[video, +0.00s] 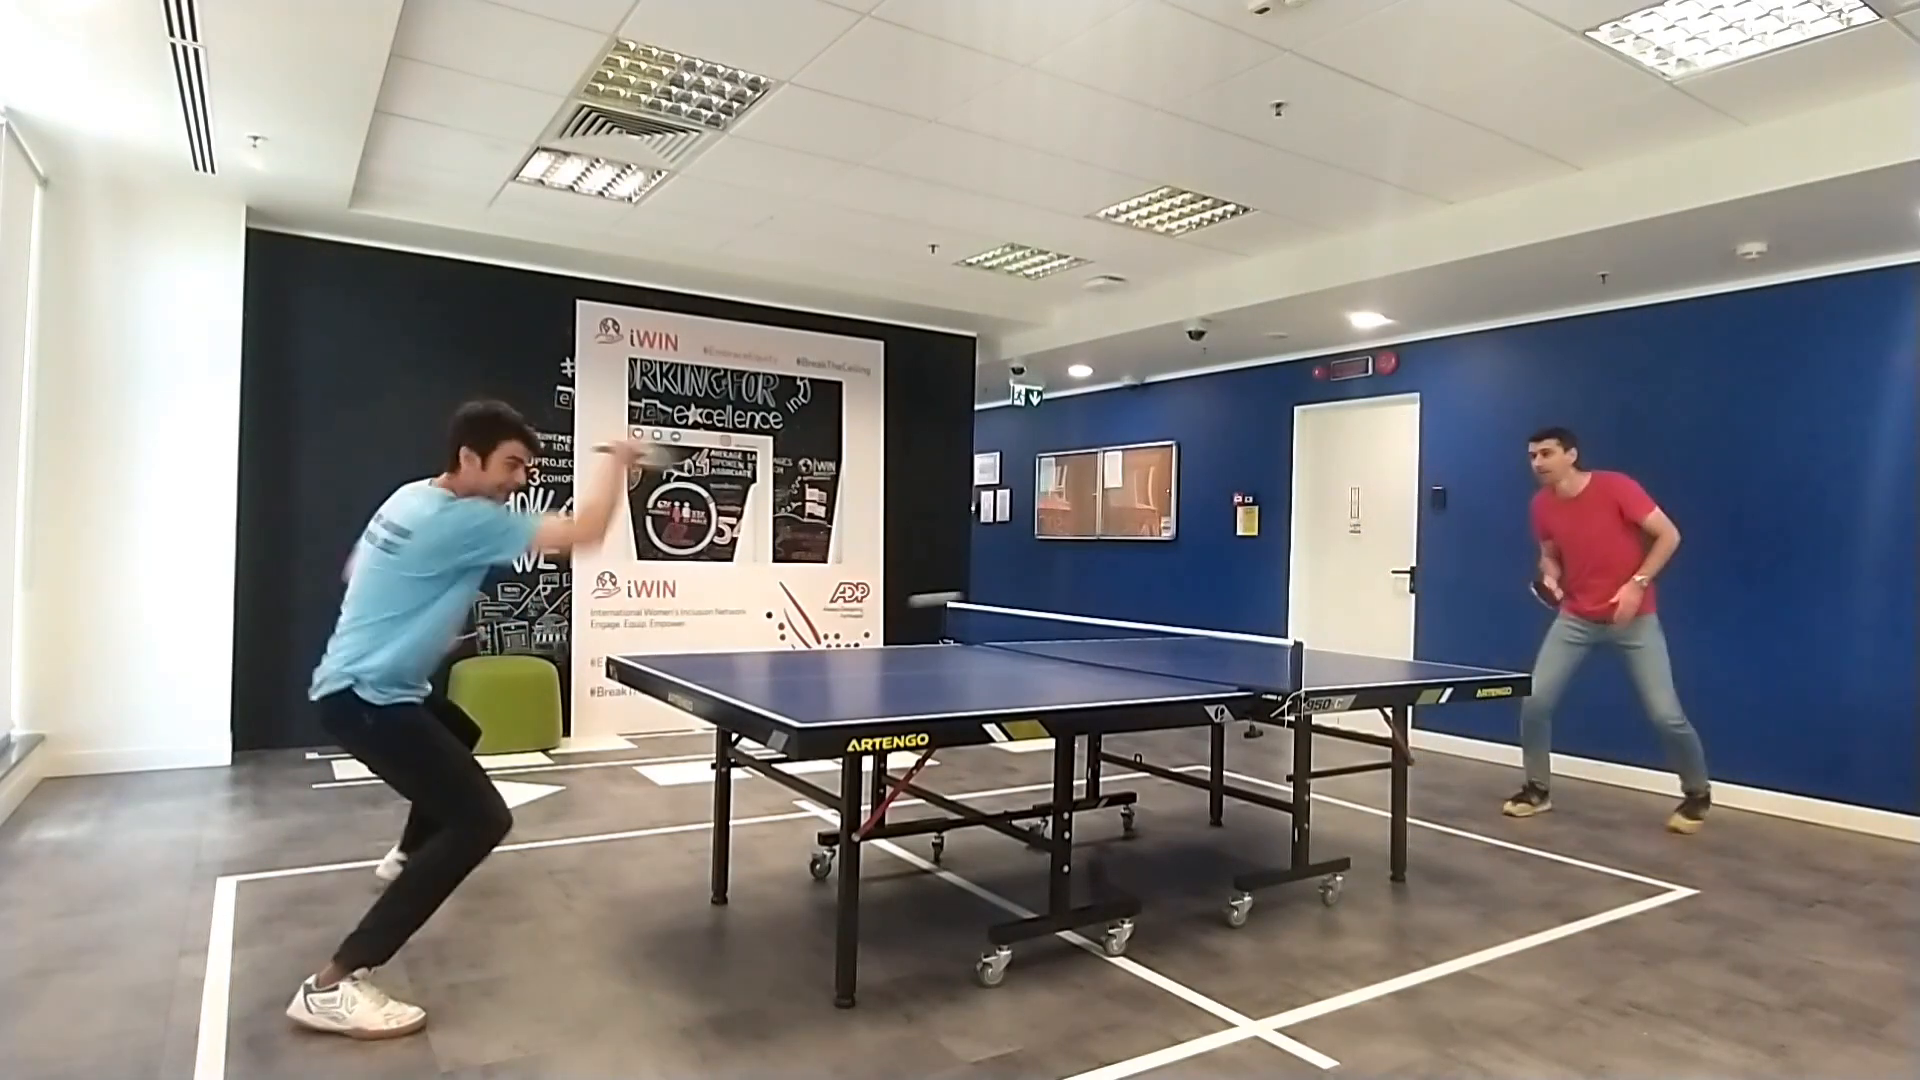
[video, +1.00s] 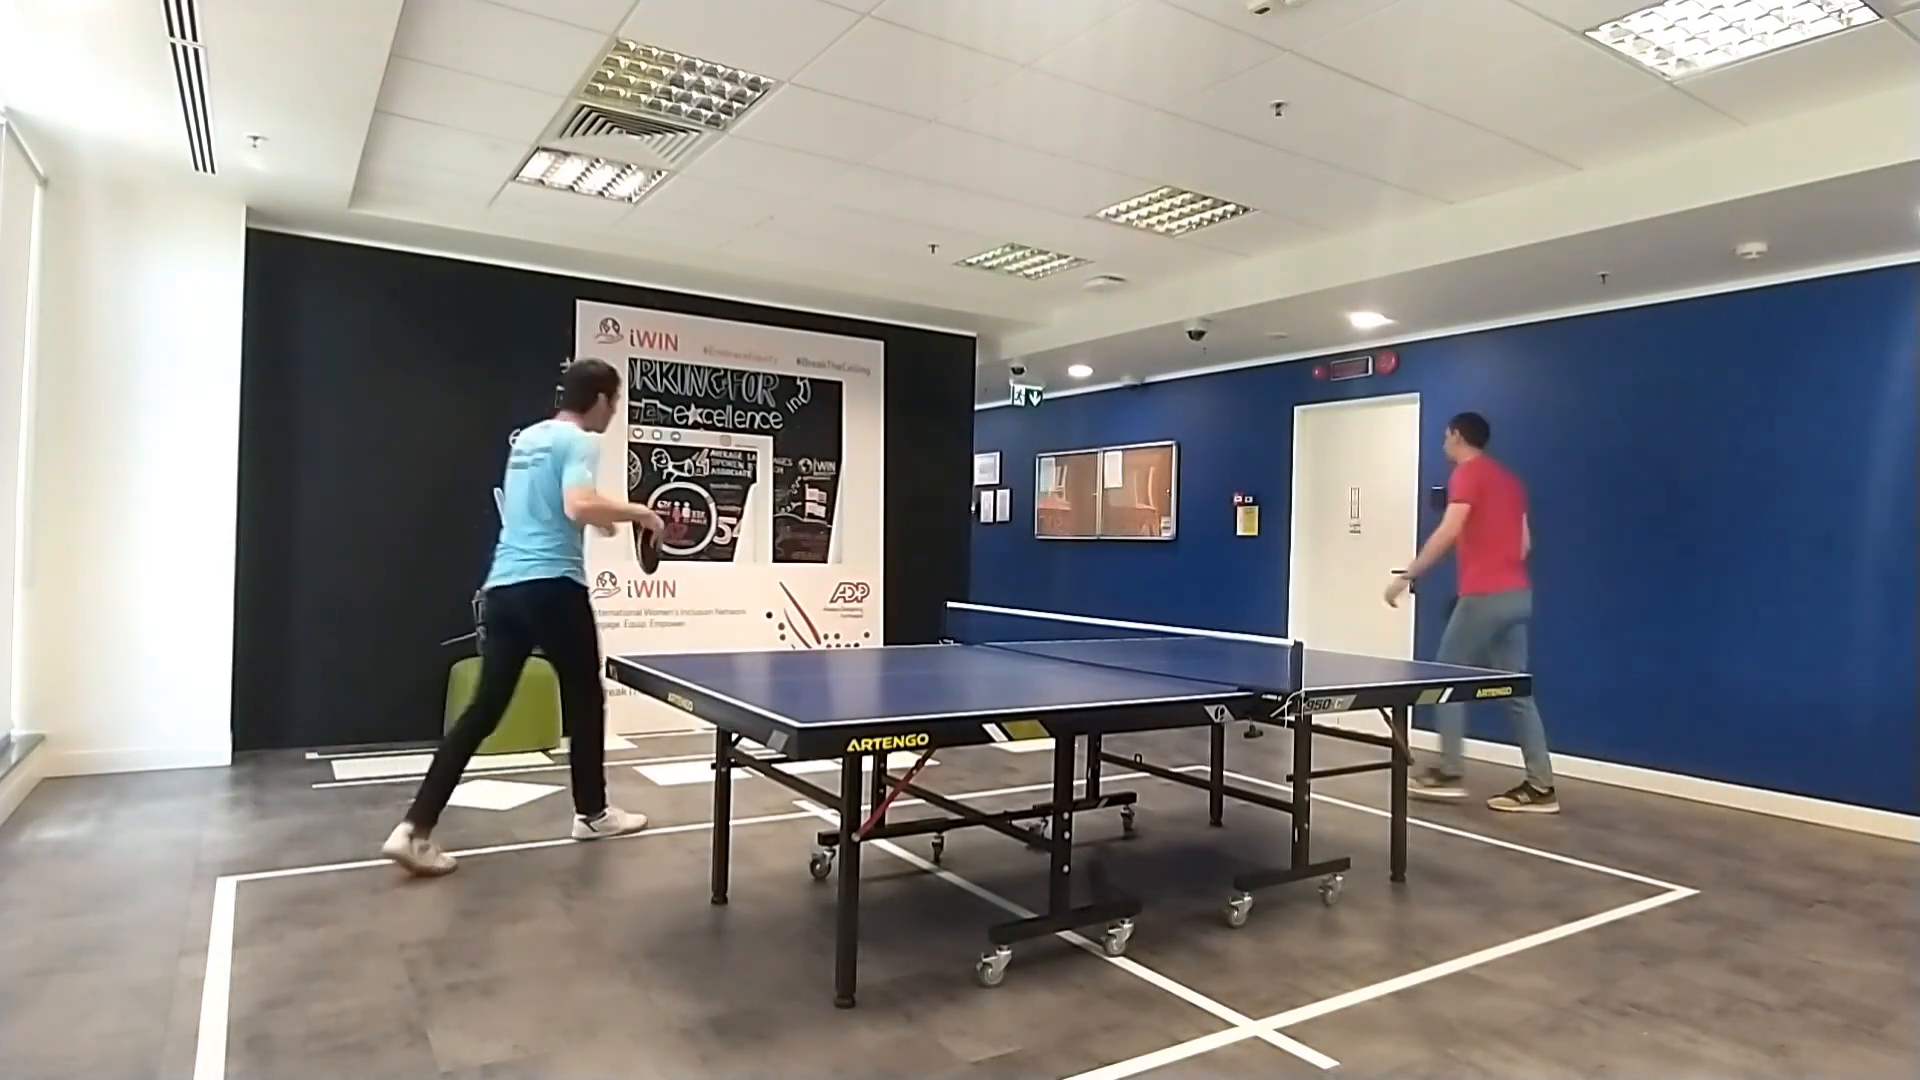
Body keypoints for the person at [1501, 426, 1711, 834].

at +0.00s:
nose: (1537, 462)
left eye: (1545, 453)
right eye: (1532, 456)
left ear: (1571, 455)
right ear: (1532, 463)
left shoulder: (1615, 488)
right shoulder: (1542, 505)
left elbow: (1669, 535)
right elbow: (1549, 556)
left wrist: (1637, 584)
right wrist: (1550, 577)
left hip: (1633, 621)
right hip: (1575, 621)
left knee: (1666, 716)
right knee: (1536, 700)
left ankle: (1698, 796)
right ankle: (1537, 791)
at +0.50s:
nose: (1492, 466)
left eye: (1497, 457)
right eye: (1490, 460)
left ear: (1522, 455)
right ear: (1513, 460)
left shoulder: (1567, 489)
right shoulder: (1526, 507)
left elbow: (1620, 538)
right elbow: (1555, 557)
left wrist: (1615, 603)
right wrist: (1551, 608)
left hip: (1598, 619)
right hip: (1553, 620)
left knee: (1636, 713)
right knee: (1514, 695)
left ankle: (1716, 795)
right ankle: (1538, 788)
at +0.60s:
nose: (1479, 455)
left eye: (1483, 447)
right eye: (1479, 448)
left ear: (1504, 445)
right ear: (1504, 447)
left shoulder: (1549, 480)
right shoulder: (1520, 493)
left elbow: (1582, 535)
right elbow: (1542, 549)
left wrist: (1576, 600)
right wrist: (1538, 599)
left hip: (1572, 612)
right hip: (1536, 613)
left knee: (1596, 704)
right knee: (1511, 695)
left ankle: (1687, 780)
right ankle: (1537, 787)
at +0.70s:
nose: (1473, 448)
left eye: (1476, 440)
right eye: (1474, 441)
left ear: (1494, 440)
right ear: (1500, 440)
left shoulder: (1530, 475)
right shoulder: (1513, 482)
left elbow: (1543, 535)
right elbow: (1529, 543)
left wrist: (1530, 597)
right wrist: (1518, 600)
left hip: (1553, 602)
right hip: (1526, 603)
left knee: (1550, 694)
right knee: (1511, 693)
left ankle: (1639, 774)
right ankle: (1537, 787)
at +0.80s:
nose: (1466, 445)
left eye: (1468, 436)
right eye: (1467, 437)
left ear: (1481, 435)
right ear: (1496, 435)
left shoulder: (1513, 472)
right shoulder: (1513, 473)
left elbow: (1506, 532)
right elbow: (1511, 539)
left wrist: (1481, 587)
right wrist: (1490, 591)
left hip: (1530, 598)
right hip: (1521, 597)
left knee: (1514, 688)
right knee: (1509, 689)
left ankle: (1580, 778)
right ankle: (1538, 784)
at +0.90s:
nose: (1458, 443)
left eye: (1460, 436)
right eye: (1459, 437)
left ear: (1471, 435)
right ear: (1492, 436)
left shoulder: (1489, 470)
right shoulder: (1515, 471)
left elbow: (1477, 529)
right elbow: (1532, 540)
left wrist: (1439, 581)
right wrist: (1492, 588)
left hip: (1505, 597)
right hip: (1530, 595)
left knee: (1476, 682)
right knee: (1517, 689)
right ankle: (1540, 783)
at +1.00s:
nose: (1446, 445)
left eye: (1447, 438)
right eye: (1447, 438)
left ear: (1458, 437)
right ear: (1481, 440)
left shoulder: (1467, 472)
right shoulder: (1509, 479)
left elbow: (1449, 530)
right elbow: (1523, 544)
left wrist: (1406, 576)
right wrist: (1490, 571)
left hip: (1483, 597)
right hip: (1516, 595)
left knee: (1444, 681)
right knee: (1517, 689)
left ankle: (1448, 773)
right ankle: (1540, 785)